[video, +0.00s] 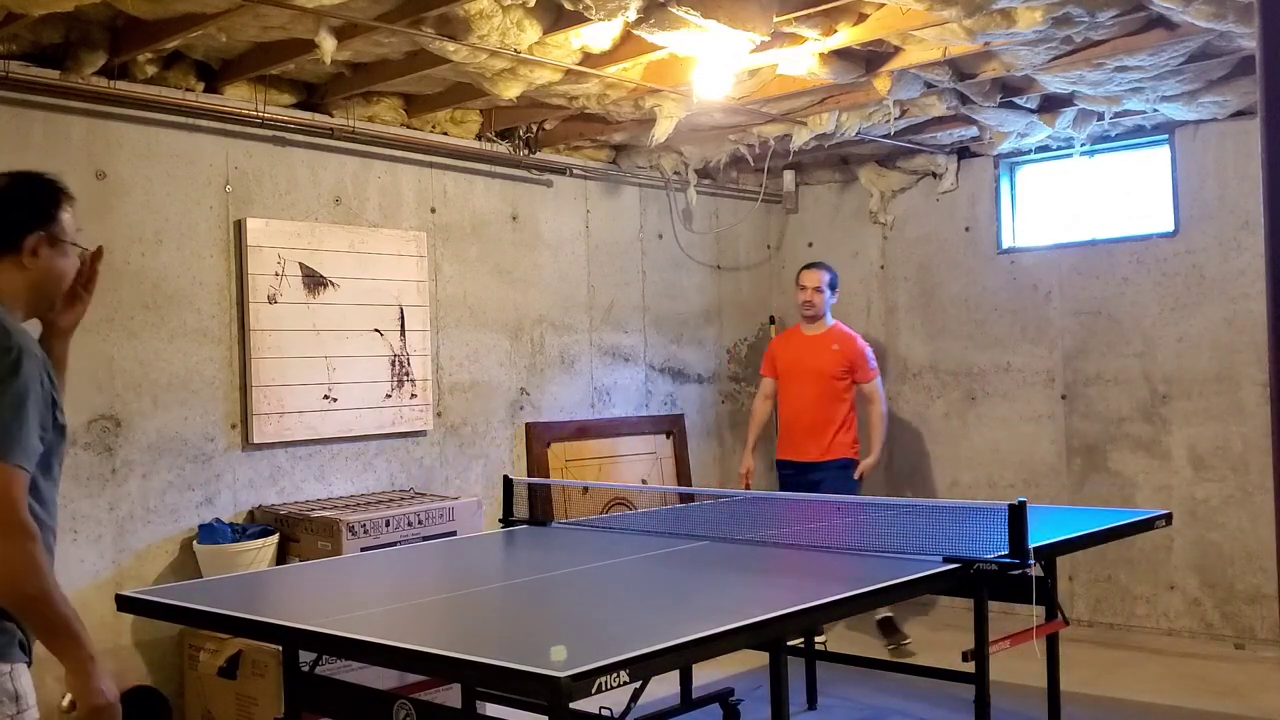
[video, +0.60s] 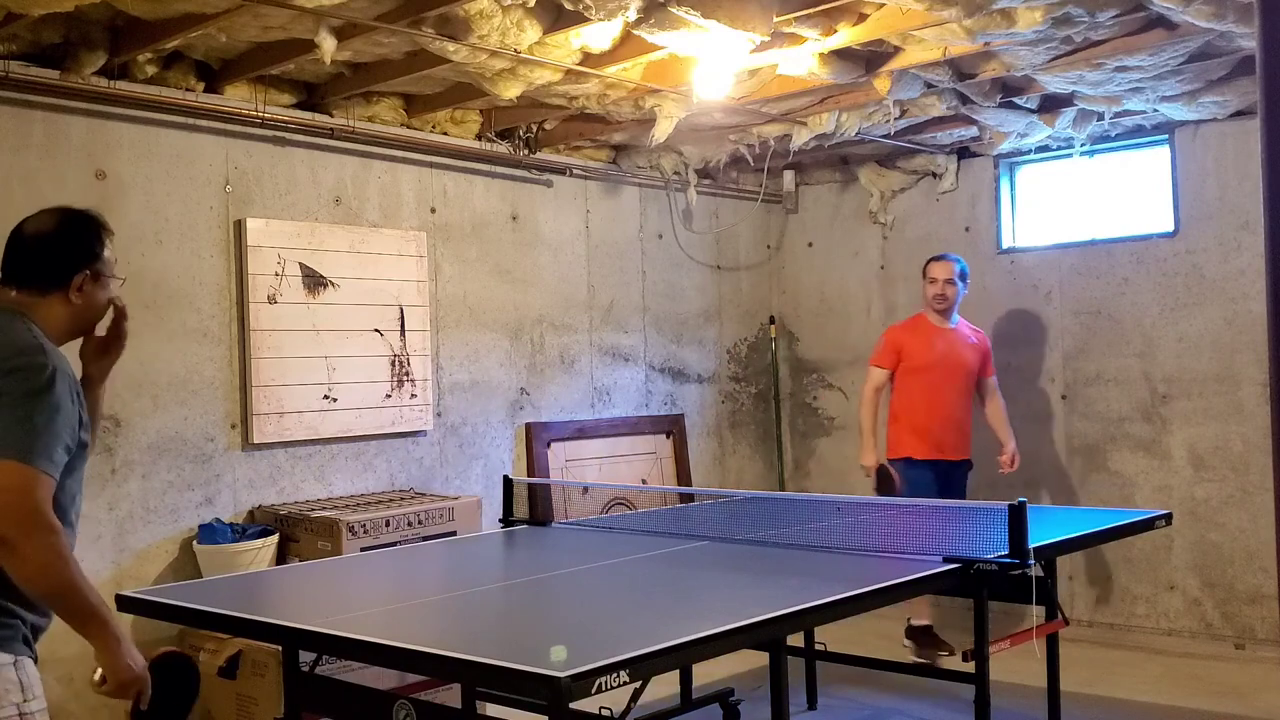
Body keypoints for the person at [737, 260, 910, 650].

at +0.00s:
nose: (807, 296)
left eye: (817, 290)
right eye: (802, 289)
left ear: (832, 297)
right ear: (794, 293)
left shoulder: (851, 344)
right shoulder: (780, 345)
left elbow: (875, 399)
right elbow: (765, 398)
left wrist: (874, 453)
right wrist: (748, 452)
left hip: (836, 465)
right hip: (790, 465)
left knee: (847, 541)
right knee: (797, 546)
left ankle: (882, 615)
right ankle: (810, 623)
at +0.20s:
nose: (853, 296)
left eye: (862, 290)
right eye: (847, 289)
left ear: (876, 296)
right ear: (838, 294)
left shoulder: (896, 346)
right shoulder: (817, 346)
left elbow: (920, 399)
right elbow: (798, 400)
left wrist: (924, 451)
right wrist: (783, 454)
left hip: (883, 467)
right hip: (828, 468)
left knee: (904, 539)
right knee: (820, 544)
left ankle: (914, 623)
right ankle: (813, 622)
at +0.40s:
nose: (901, 294)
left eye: (910, 288)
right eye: (894, 287)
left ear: (924, 294)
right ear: (886, 292)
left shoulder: (942, 344)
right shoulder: (863, 342)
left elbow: (958, 398)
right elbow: (838, 398)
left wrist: (977, 446)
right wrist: (823, 456)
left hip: (926, 466)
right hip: (872, 466)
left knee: (926, 545)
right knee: (852, 543)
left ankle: (918, 625)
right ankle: (827, 620)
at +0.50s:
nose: (921, 290)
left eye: (930, 283)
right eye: (914, 282)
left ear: (944, 289)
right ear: (905, 288)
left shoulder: (960, 339)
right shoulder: (881, 336)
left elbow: (974, 394)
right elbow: (855, 392)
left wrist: (994, 442)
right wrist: (846, 451)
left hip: (941, 461)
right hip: (891, 461)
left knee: (936, 543)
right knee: (891, 542)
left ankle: (920, 623)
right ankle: (868, 615)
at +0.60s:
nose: (940, 289)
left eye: (949, 282)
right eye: (933, 281)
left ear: (962, 288)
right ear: (923, 287)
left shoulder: (977, 340)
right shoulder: (900, 335)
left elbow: (989, 395)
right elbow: (871, 390)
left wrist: (1008, 440)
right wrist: (868, 447)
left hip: (955, 460)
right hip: (910, 458)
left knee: (938, 543)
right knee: (922, 540)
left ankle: (919, 624)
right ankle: (922, 626)